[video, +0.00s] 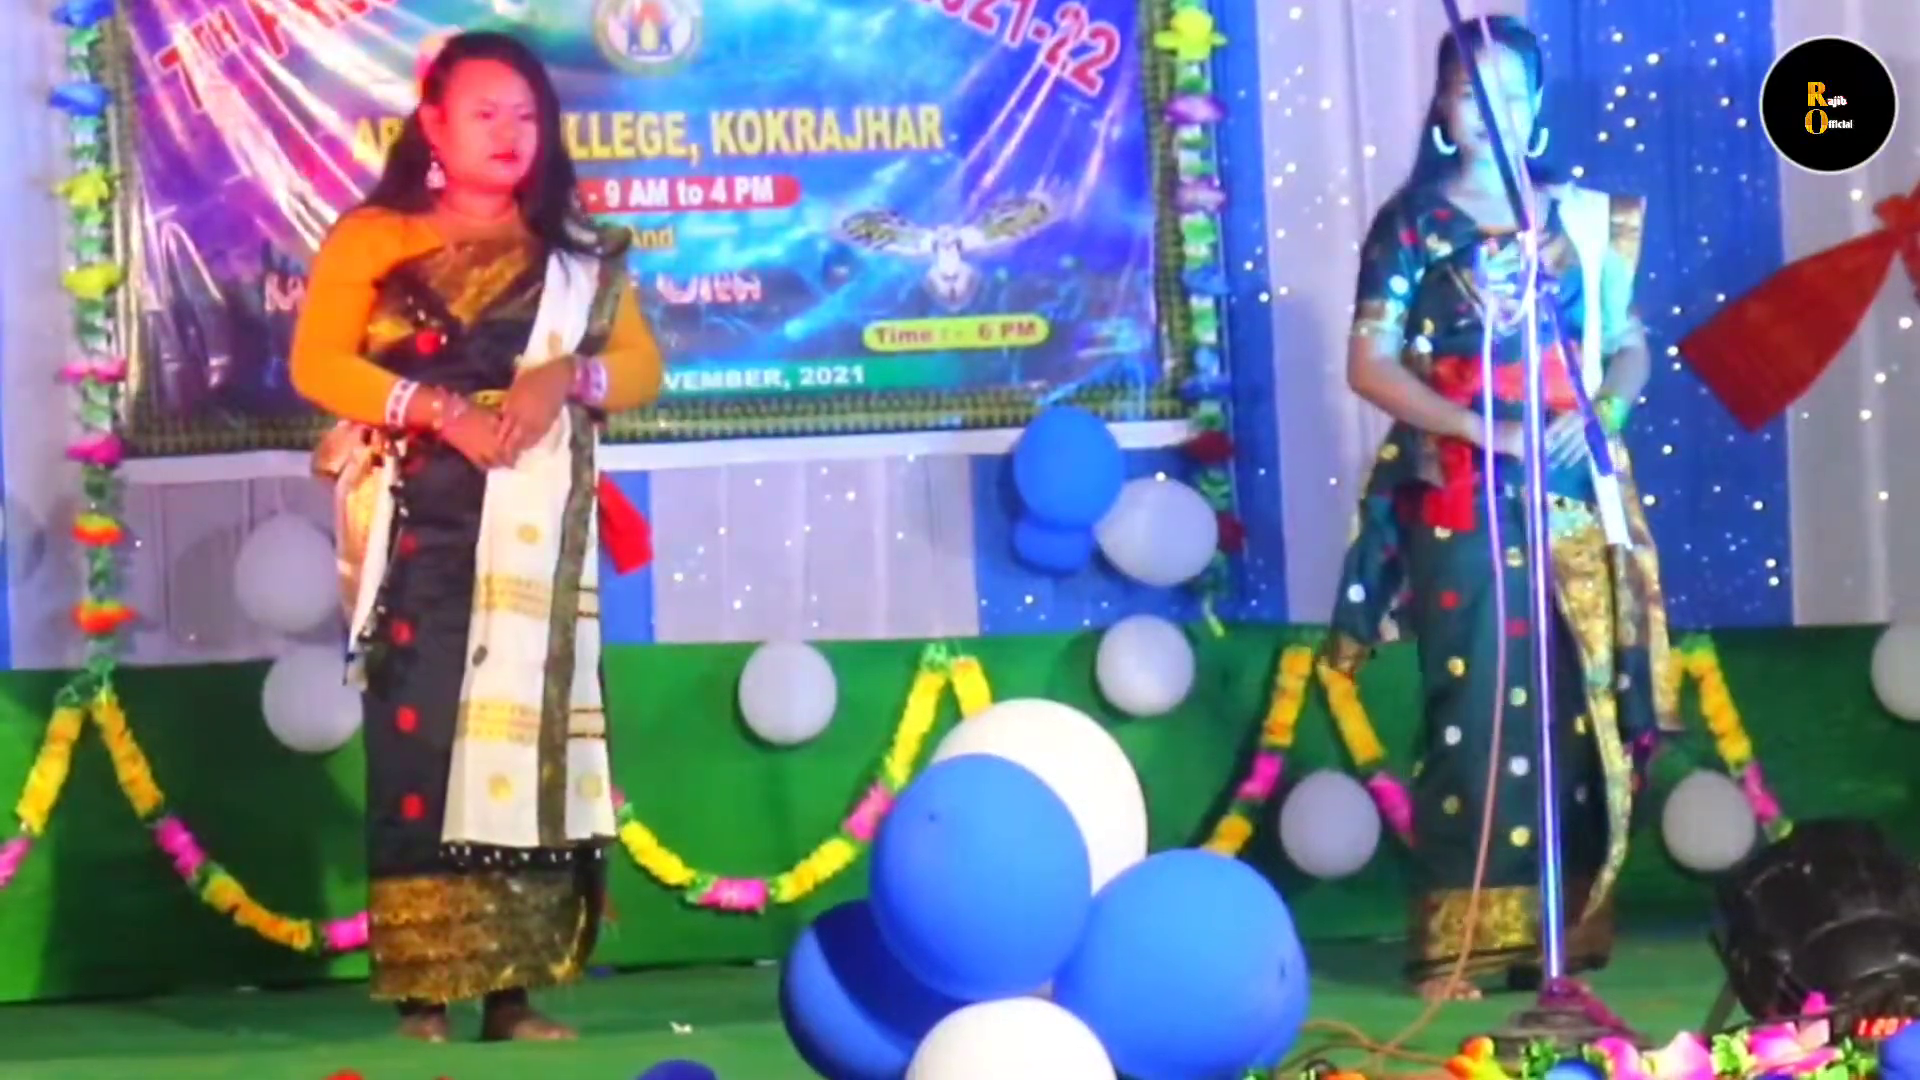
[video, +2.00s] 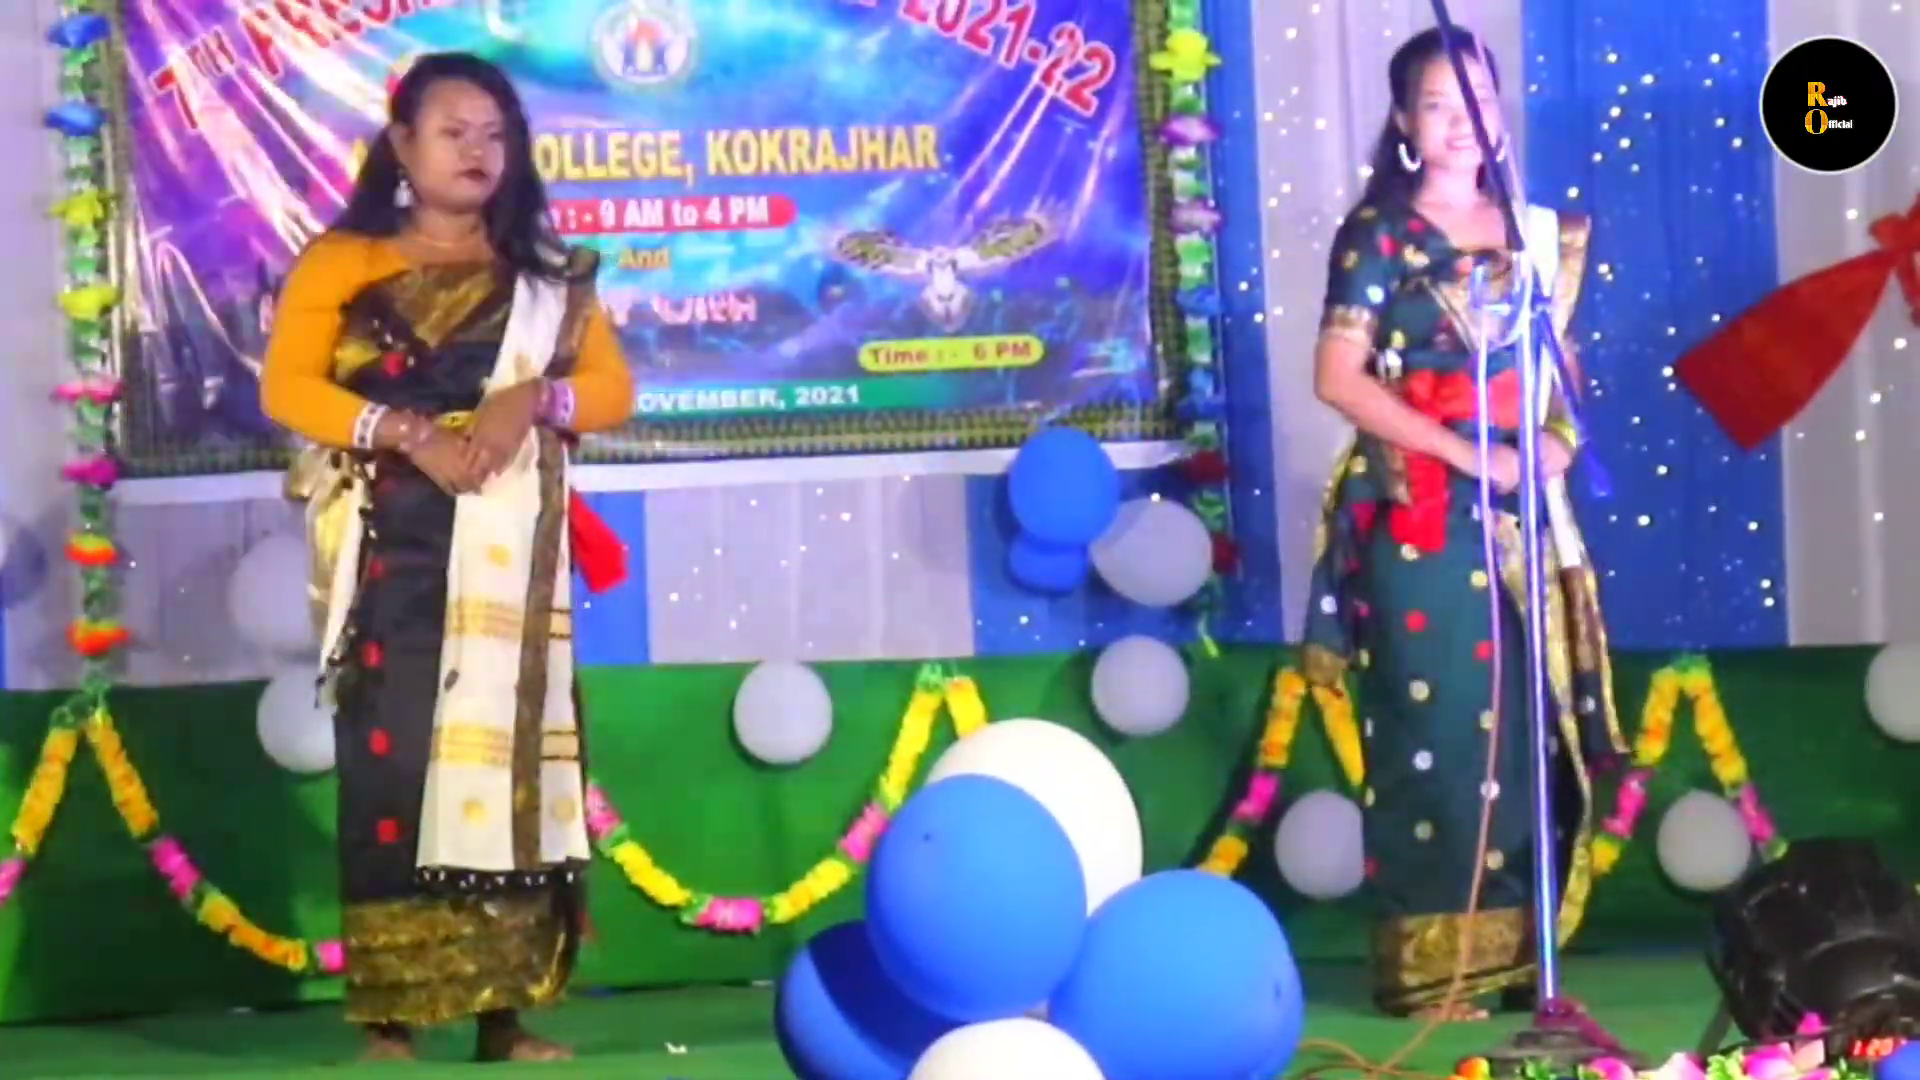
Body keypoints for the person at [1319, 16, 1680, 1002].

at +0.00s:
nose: (1461, 108)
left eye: (1484, 91)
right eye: (1454, 89)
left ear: (1529, 102)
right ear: (1440, 99)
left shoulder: (1577, 216)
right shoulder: (1412, 223)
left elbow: (1625, 345)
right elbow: (1367, 366)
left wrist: (1600, 408)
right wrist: (1479, 427)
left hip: (1571, 500)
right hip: (1462, 501)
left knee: (1578, 706)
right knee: (1471, 708)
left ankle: (1573, 937)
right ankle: (1458, 938)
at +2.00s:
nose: (1456, 122)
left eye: (1471, 104)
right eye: (1435, 107)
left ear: (1495, 114)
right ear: (1405, 122)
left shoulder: (1527, 227)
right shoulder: (1379, 233)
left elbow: (1550, 360)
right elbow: (1337, 377)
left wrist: (1555, 435)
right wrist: (1463, 451)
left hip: (1521, 505)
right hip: (1425, 512)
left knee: (1532, 720)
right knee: (1442, 723)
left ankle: (1520, 951)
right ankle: (1434, 957)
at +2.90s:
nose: (1445, 133)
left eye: (1462, 116)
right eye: (1427, 116)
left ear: (1488, 126)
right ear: (1396, 128)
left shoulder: (1526, 233)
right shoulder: (1367, 241)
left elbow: (1558, 372)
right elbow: (1327, 383)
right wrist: (1447, 447)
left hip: (1527, 513)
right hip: (1423, 519)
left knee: (1536, 727)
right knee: (1439, 730)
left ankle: (1523, 961)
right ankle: (1434, 968)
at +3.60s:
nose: (1455, 122)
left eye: (1470, 104)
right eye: (1436, 105)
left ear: (1491, 113)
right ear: (1399, 117)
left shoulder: (1520, 227)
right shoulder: (1372, 230)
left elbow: (1570, 375)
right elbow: (1334, 356)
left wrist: (1559, 329)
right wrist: (1465, 406)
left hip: (1524, 509)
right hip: (1422, 512)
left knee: (1527, 725)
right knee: (1440, 724)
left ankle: (1523, 960)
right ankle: (1434, 962)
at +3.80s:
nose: (1466, 131)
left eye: (1481, 111)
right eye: (1446, 112)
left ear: (1504, 119)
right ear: (1413, 125)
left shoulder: (1520, 234)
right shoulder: (1401, 235)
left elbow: (1548, 372)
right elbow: (1367, 385)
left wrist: (1550, 434)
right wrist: (1478, 459)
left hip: (1516, 512)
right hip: (1432, 515)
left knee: (1520, 727)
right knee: (1438, 729)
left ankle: (1512, 955)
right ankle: (1428, 963)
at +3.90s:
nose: (1472, 151)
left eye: (1487, 132)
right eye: (1452, 136)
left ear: (1517, 141)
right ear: (1426, 153)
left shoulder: (1535, 262)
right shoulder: (1427, 260)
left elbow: (1544, 403)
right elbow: (1425, 419)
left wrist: (1578, 497)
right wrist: (1515, 521)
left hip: (1522, 528)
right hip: (1448, 527)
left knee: (1570, 737)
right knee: (1496, 734)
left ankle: (1523, 953)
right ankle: (1430, 952)